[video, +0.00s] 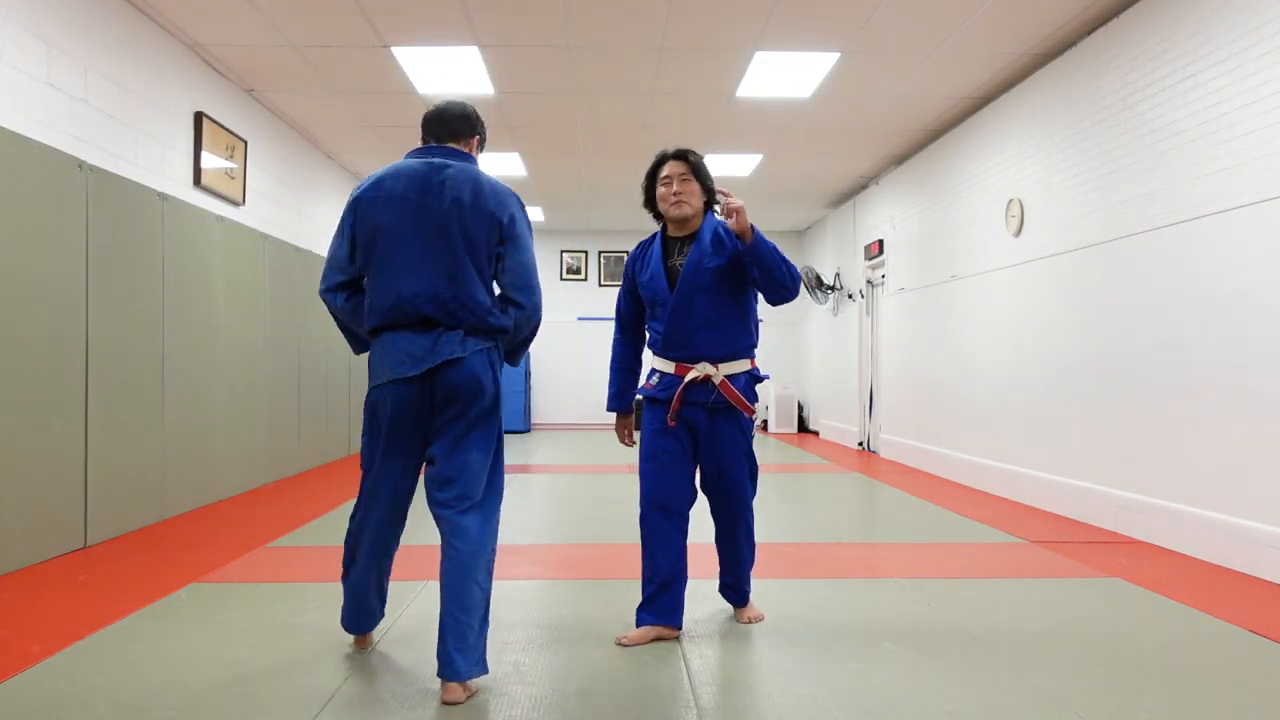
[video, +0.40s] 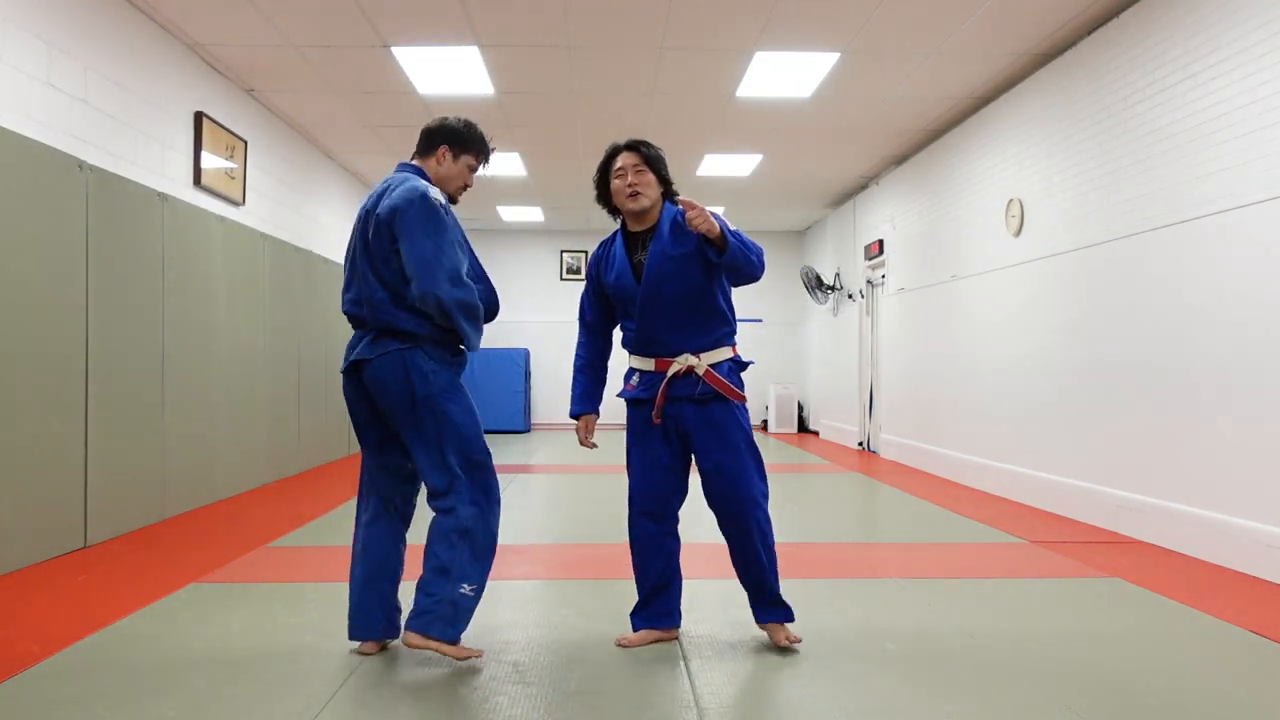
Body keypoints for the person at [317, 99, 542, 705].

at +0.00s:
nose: (482, 155)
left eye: (479, 147)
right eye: (483, 147)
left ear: (421, 138)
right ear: (474, 143)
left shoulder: (372, 190)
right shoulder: (497, 198)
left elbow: (336, 284)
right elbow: (527, 299)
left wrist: (374, 337)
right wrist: (500, 351)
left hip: (395, 363)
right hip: (469, 363)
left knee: (381, 497)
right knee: (467, 511)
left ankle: (360, 619)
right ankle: (458, 673)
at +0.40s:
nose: (471, 183)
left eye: (476, 173)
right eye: (471, 169)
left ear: (435, 156)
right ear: (442, 155)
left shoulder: (380, 198)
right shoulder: (417, 197)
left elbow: (358, 293)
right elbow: (442, 286)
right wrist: (473, 318)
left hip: (367, 364)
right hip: (416, 363)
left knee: (385, 493)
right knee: (469, 489)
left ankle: (371, 628)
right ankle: (434, 624)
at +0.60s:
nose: (476, 185)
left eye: (481, 176)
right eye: (474, 172)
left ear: (444, 161)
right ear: (445, 157)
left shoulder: (424, 202)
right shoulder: (411, 196)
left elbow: (459, 279)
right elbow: (415, 278)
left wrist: (465, 328)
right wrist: (459, 321)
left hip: (391, 363)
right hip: (412, 366)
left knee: (393, 489)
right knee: (437, 489)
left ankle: (372, 624)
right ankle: (427, 624)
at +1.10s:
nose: (504, 187)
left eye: (509, 178)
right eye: (500, 175)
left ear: (480, 168)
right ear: (469, 160)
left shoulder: (473, 213)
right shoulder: (429, 198)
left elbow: (479, 285)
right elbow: (410, 273)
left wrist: (496, 326)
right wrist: (463, 314)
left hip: (464, 367)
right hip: (426, 367)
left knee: (480, 479)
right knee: (434, 488)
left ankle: (456, 587)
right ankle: (420, 627)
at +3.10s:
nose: (470, 158)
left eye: (478, 149)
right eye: (459, 148)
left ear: (484, 156)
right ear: (435, 154)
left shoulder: (499, 218)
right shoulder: (410, 225)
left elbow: (527, 273)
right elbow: (402, 307)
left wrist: (510, 312)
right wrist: (444, 371)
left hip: (480, 372)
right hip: (423, 376)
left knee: (492, 487)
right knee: (422, 496)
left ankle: (500, 597)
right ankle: (421, 617)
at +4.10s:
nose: (518, 170)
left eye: (527, 165)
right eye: (511, 159)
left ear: (531, 174)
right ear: (487, 159)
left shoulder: (531, 232)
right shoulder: (437, 208)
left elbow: (530, 311)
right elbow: (367, 259)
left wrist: (478, 348)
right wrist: (401, 311)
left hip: (498, 374)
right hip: (439, 370)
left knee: (498, 486)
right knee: (430, 489)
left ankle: (500, 598)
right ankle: (423, 614)